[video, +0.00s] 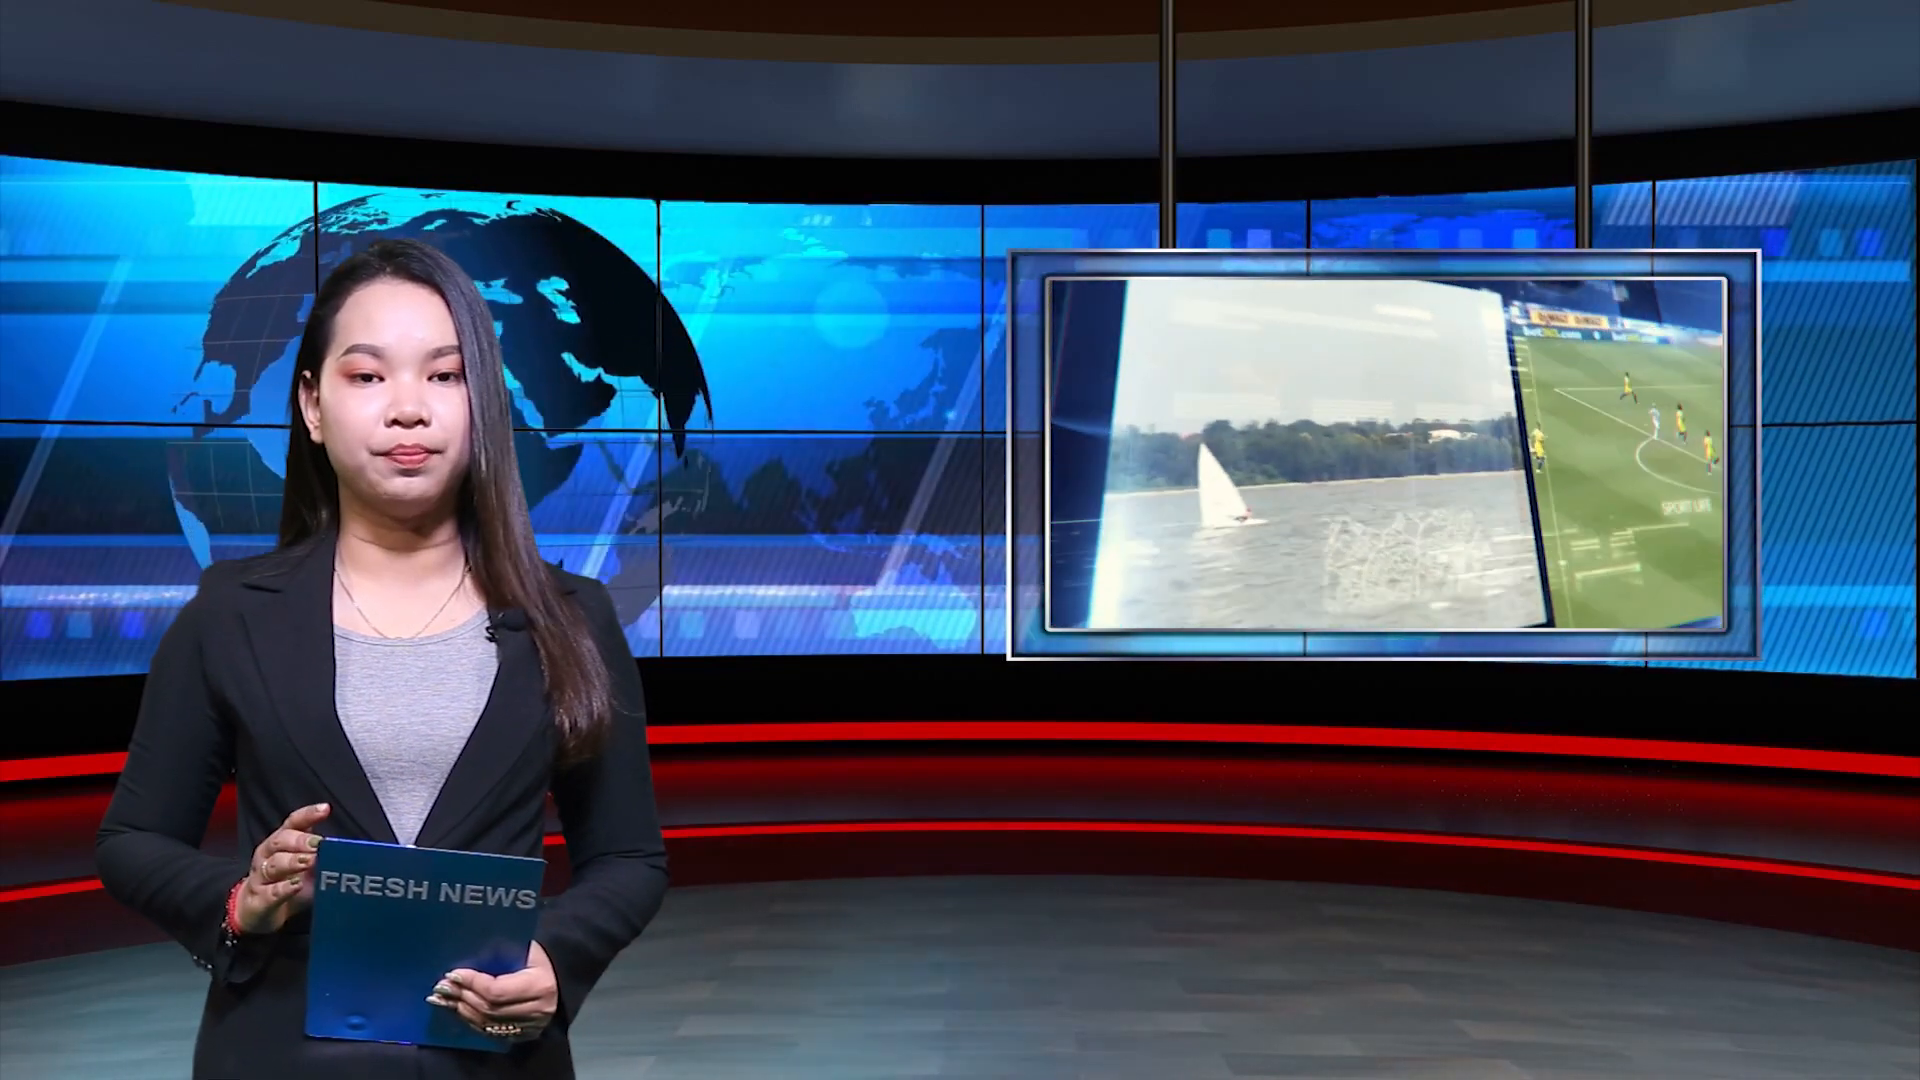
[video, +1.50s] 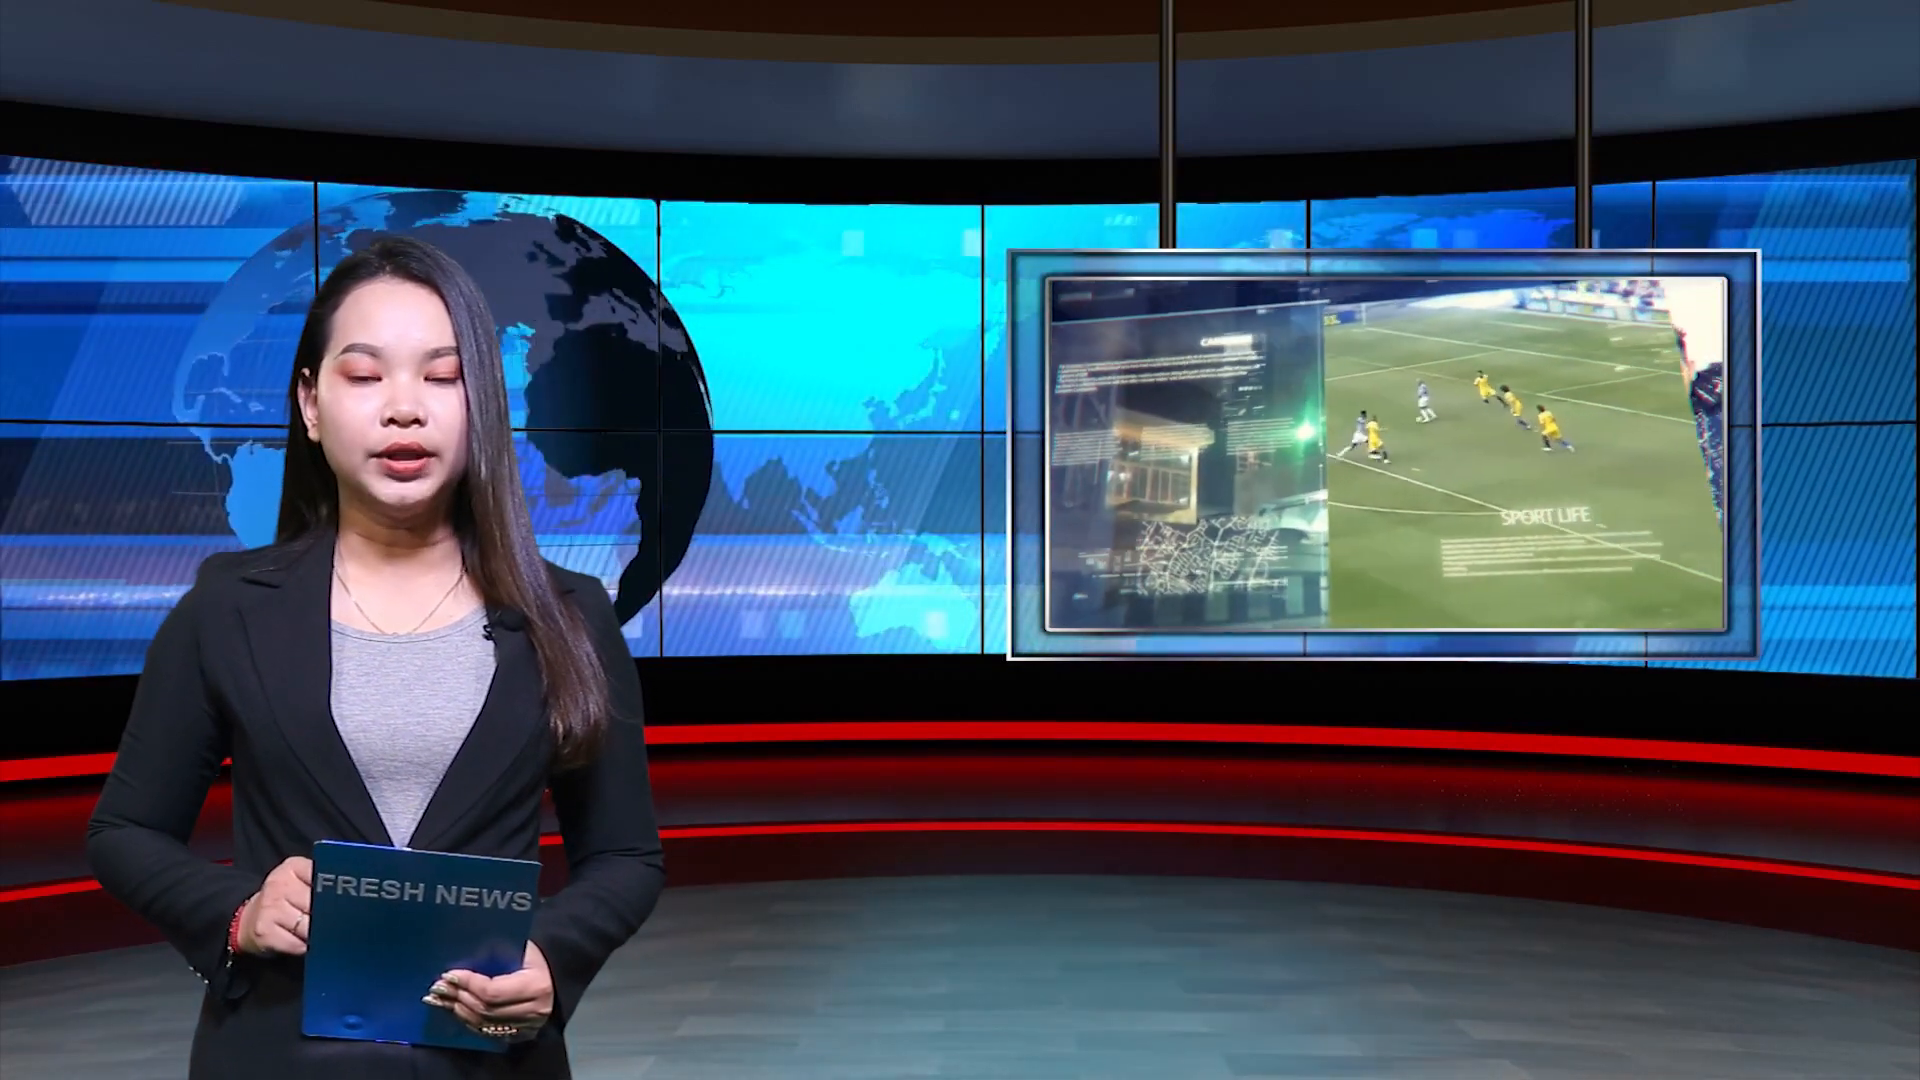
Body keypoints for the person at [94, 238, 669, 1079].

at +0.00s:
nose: (410, 408)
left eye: (443, 375)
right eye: (367, 375)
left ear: (481, 404)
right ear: (312, 407)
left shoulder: (566, 618)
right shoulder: (233, 614)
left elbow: (628, 858)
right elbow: (132, 842)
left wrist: (553, 962)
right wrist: (235, 898)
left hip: (496, 1054)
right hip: (280, 1055)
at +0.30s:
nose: (408, 408)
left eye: (441, 374)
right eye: (366, 375)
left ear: (478, 404)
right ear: (311, 407)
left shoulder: (563, 619)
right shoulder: (231, 613)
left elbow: (627, 859)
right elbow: (131, 841)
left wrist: (549, 961)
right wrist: (234, 896)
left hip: (493, 1055)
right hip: (278, 1056)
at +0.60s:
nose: (410, 416)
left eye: (443, 379)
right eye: (367, 378)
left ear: (478, 408)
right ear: (310, 408)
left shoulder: (562, 620)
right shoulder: (230, 614)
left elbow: (625, 860)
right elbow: (128, 841)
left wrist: (550, 962)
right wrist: (233, 896)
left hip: (493, 1054)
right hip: (277, 1055)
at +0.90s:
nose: (404, 410)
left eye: (437, 375)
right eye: (362, 376)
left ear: (475, 404)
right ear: (308, 407)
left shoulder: (563, 618)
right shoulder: (228, 615)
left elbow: (624, 859)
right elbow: (128, 841)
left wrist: (547, 961)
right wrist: (234, 898)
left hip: (493, 1052)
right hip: (277, 1053)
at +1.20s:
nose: (397, 408)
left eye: (432, 373)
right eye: (357, 375)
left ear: (475, 401)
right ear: (307, 408)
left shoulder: (565, 616)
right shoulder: (229, 611)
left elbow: (627, 856)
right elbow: (122, 832)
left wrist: (549, 960)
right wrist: (232, 898)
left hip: (492, 1052)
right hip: (277, 1053)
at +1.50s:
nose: (405, 407)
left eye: (440, 374)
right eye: (364, 373)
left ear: (479, 404)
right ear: (311, 406)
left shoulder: (566, 618)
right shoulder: (230, 609)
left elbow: (624, 857)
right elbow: (124, 832)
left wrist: (548, 960)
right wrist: (237, 908)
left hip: (493, 1051)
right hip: (277, 1052)